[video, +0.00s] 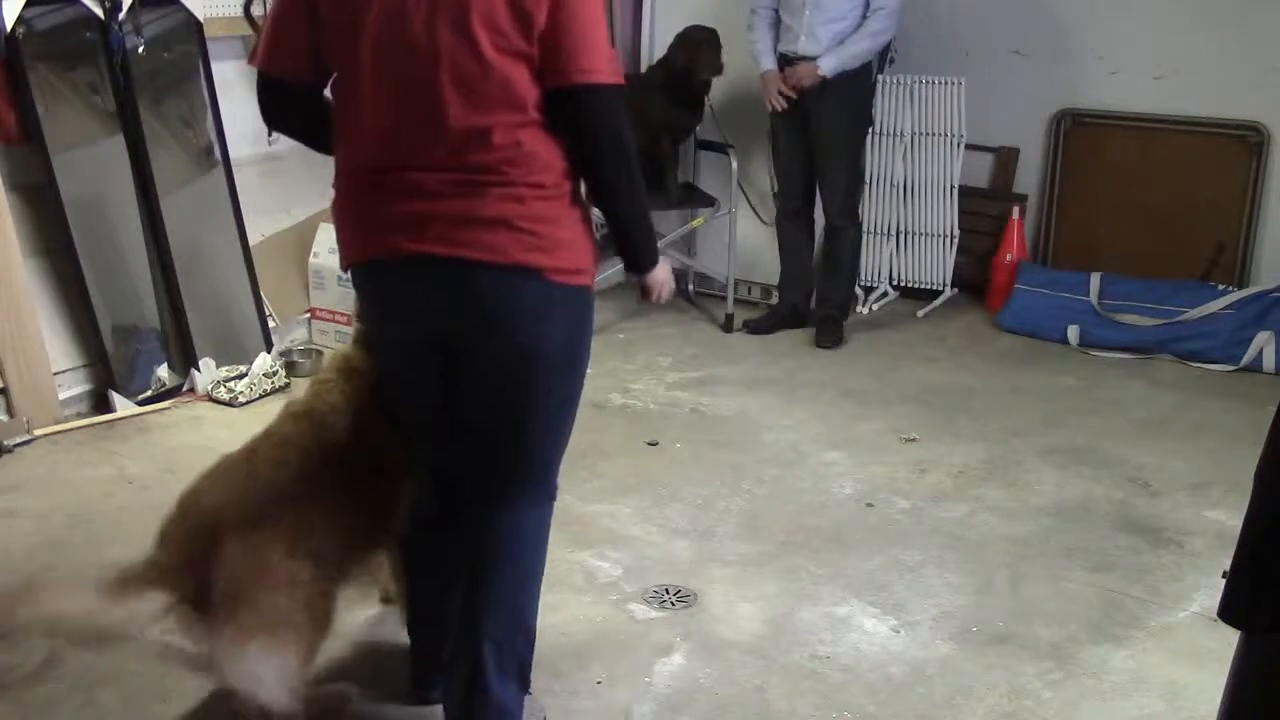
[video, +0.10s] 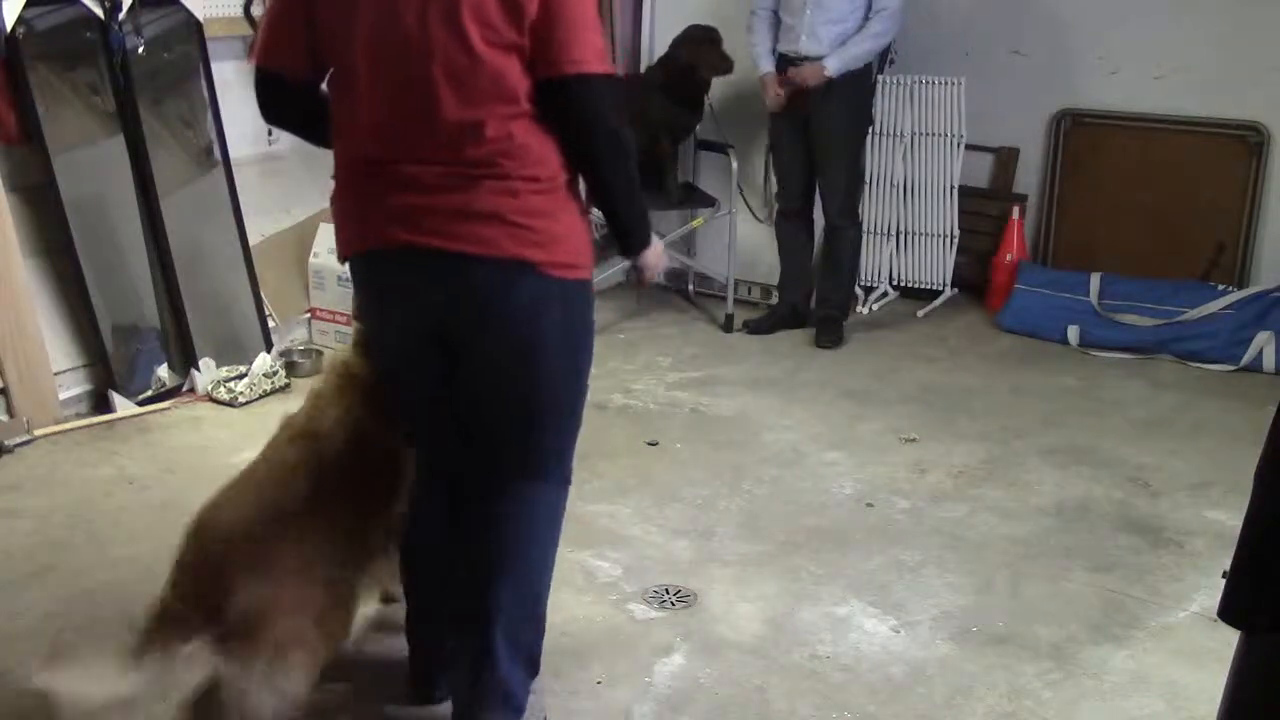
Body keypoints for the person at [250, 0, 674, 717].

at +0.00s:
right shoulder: (551, 0)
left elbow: (282, 97)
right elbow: (589, 107)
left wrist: (379, 139)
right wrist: (645, 254)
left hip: (388, 250)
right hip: (520, 254)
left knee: (430, 477)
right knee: (513, 490)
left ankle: (435, 672)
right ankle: (490, 701)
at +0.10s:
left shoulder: (318, 0)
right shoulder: (542, 0)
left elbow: (279, 94)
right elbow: (578, 96)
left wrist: (376, 132)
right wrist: (639, 235)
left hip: (385, 243)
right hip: (518, 245)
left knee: (433, 462)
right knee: (526, 475)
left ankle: (433, 666)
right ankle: (496, 694)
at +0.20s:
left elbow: (278, 92)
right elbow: (571, 88)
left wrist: (375, 132)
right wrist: (629, 221)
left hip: (385, 237)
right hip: (516, 236)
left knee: (432, 462)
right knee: (528, 470)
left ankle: (434, 669)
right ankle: (500, 688)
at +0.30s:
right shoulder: (538, 0)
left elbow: (280, 87)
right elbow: (576, 87)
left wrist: (376, 133)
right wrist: (618, 218)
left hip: (388, 240)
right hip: (518, 236)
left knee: (432, 463)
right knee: (523, 465)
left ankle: (435, 668)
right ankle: (490, 671)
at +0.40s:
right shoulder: (543, 0)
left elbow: (285, 88)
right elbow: (585, 91)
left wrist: (380, 133)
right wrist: (617, 219)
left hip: (389, 238)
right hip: (520, 235)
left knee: (429, 462)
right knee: (516, 468)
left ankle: (432, 666)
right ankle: (485, 670)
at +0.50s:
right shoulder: (551, 0)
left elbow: (295, 87)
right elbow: (590, 93)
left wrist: (387, 134)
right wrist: (623, 223)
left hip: (395, 238)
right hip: (523, 238)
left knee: (437, 459)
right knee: (516, 467)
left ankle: (434, 666)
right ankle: (483, 671)